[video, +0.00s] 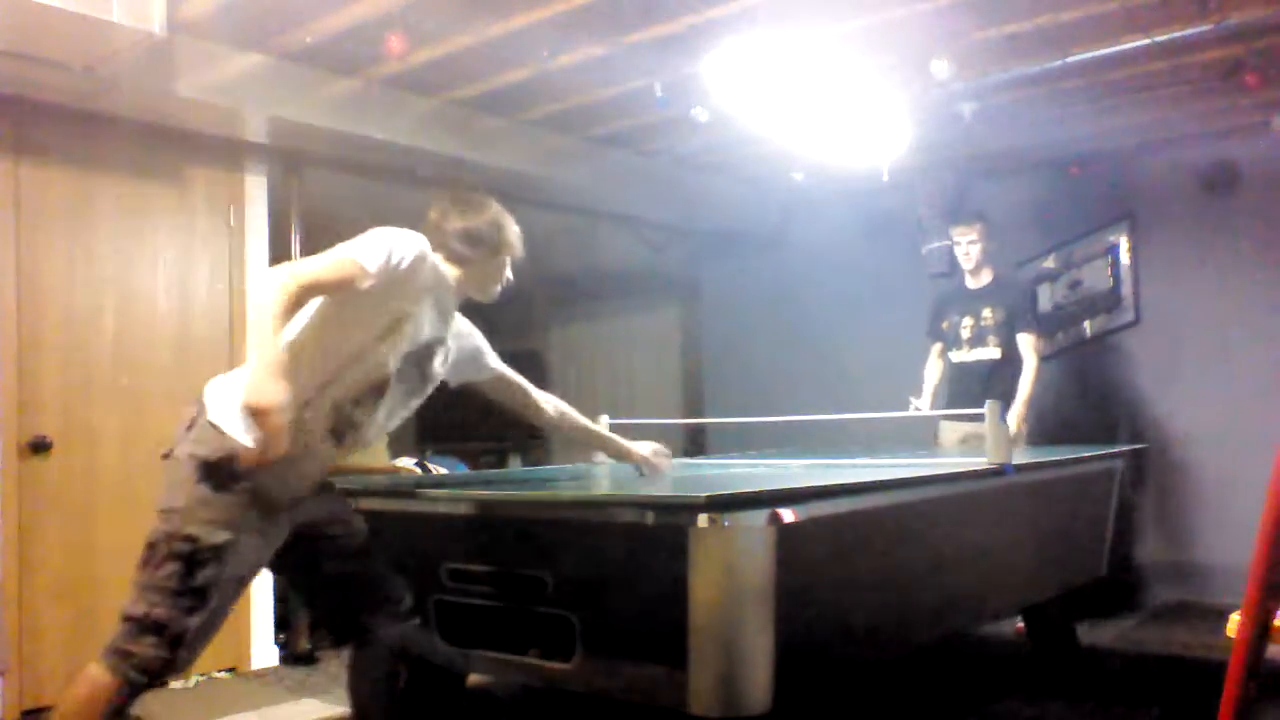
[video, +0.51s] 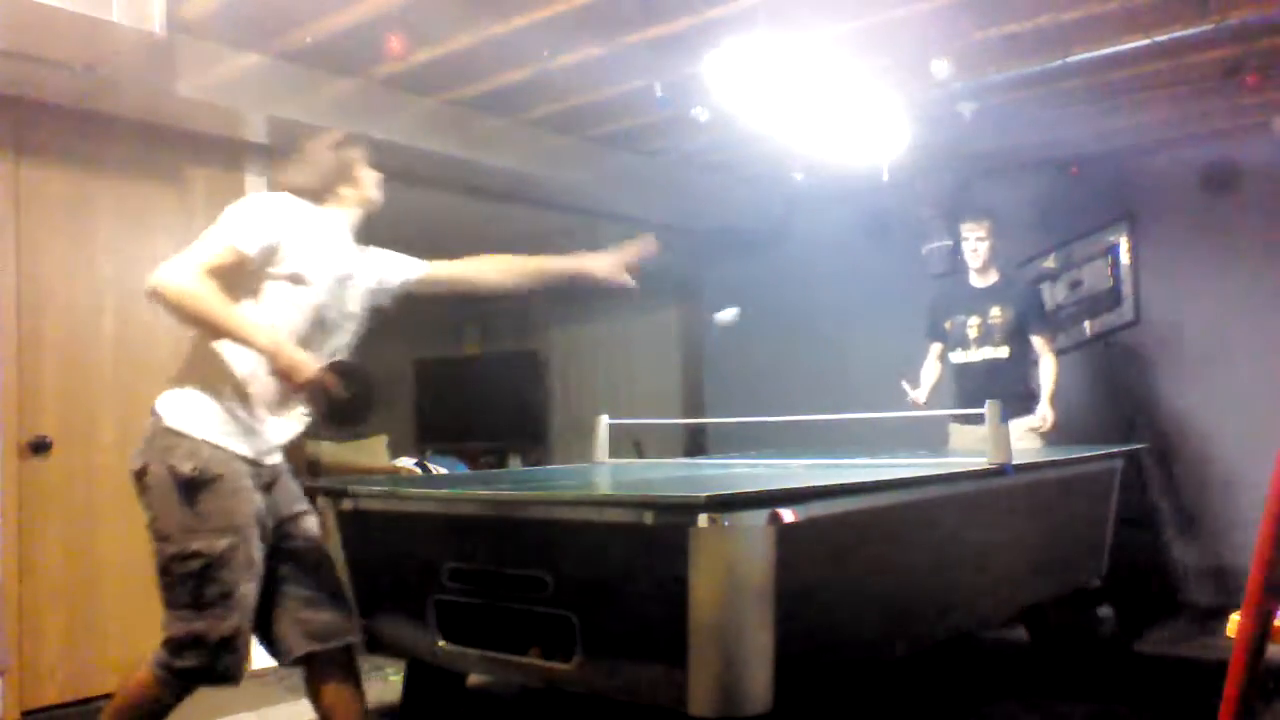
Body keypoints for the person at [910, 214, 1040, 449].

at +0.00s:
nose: (964, 251)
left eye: (972, 243)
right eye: (958, 244)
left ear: (989, 244)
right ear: (952, 248)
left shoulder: (1014, 293)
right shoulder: (945, 300)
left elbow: (1030, 358)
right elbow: (937, 356)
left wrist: (1018, 412)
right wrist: (926, 400)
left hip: (1001, 422)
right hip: (953, 423)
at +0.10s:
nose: (956, 251)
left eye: (964, 243)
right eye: (950, 245)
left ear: (981, 245)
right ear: (945, 249)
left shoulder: (1006, 295)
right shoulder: (937, 302)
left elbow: (1024, 357)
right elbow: (929, 357)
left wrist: (1008, 409)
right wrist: (918, 400)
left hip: (996, 421)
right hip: (950, 423)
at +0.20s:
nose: (952, 251)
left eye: (959, 243)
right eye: (946, 244)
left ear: (974, 245)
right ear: (940, 248)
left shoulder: (1001, 293)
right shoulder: (931, 302)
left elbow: (1022, 354)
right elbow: (923, 360)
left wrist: (1008, 406)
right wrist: (913, 401)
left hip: (997, 420)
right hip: (951, 423)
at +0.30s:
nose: (953, 249)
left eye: (960, 241)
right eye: (947, 242)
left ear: (975, 244)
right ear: (941, 247)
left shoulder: (1002, 293)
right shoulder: (931, 301)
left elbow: (1026, 353)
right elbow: (922, 358)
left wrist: (1015, 403)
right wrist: (912, 396)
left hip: (996, 420)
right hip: (952, 423)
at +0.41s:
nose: (960, 248)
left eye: (967, 240)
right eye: (954, 241)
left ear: (981, 243)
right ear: (947, 245)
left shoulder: (1009, 293)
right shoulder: (935, 299)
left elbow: (1034, 353)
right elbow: (925, 357)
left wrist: (1028, 406)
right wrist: (916, 393)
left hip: (1006, 423)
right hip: (957, 426)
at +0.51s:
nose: (973, 247)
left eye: (980, 239)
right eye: (966, 240)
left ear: (995, 243)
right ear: (959, 245)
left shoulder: (1021, 295)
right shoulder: (944, 299)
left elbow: (1046, 354)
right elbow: (935, 356)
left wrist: (1045, 402)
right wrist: (922, 391)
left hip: (1020, 424)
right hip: (966, 428)